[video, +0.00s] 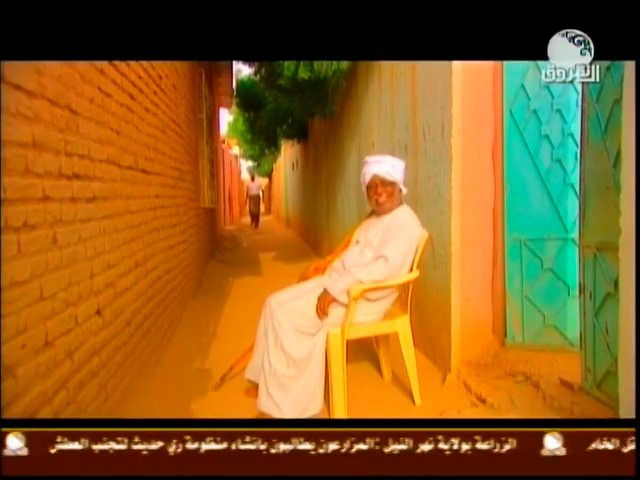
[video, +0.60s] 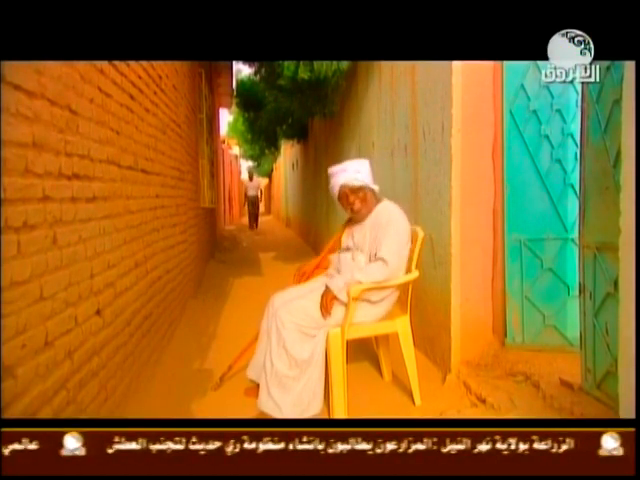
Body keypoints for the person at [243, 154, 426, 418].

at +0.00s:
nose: (379, 192)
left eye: (386, 185)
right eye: (373, 187)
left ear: (400, 190)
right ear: (367, 193)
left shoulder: (405, 223)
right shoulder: (378, 219)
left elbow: (386, 270)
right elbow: (351, 256)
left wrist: (335, 291)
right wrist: (323, 270)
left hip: (363, 300)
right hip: (340, 284)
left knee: (285, 316)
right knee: (275, 304)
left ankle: (289, 406)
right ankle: (265, 377)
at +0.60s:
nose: (352, 203)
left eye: (356, 194)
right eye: (345, 199)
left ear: (369, 190)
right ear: (341, 202)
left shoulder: (391, 217)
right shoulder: (358, 219)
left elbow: (389, 270)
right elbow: (342, 259)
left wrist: (339, 286)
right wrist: (328, 284)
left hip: (369, 300)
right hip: (342, 287)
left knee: (289, 315)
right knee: (278, 303)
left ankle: (289, 406)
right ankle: (269, 379)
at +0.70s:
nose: (344, 207)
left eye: (346, 199)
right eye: (338, 202)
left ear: (360, 192)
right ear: (337, 202)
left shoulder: (388, 217)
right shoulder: (354, 219)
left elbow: (388, 269)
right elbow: (341, 257)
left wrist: (338, 286)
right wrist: (318, 271)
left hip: (368, 299)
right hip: (339, 286)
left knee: (289, 316)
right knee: (277, 303)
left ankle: (290, 406)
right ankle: (268, 379)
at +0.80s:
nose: (341, 207)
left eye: (343, 199)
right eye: (336, 203)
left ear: (357, 193)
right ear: (334, 204)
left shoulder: (386, 217)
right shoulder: (350, 220)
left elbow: (388, 270)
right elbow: (340, 258)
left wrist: (338, 286)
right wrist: (325, 280)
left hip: (367, 299)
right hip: (339, 286)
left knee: (289, 317)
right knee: (277, 303)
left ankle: (290, 406)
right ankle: (268, 379)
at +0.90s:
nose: (335, 209)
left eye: (336, 201)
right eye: (330, 205)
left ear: (349, 194)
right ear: (330, 206)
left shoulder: (381, 217)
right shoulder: (347, 220)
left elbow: (387, 270)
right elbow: (340, 258)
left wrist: (340, 284)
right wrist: (328, 282)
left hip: (367, 299)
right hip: (340, 285)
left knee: (288, 316)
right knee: (276, 304)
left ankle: (289, 406)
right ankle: (267, 380)